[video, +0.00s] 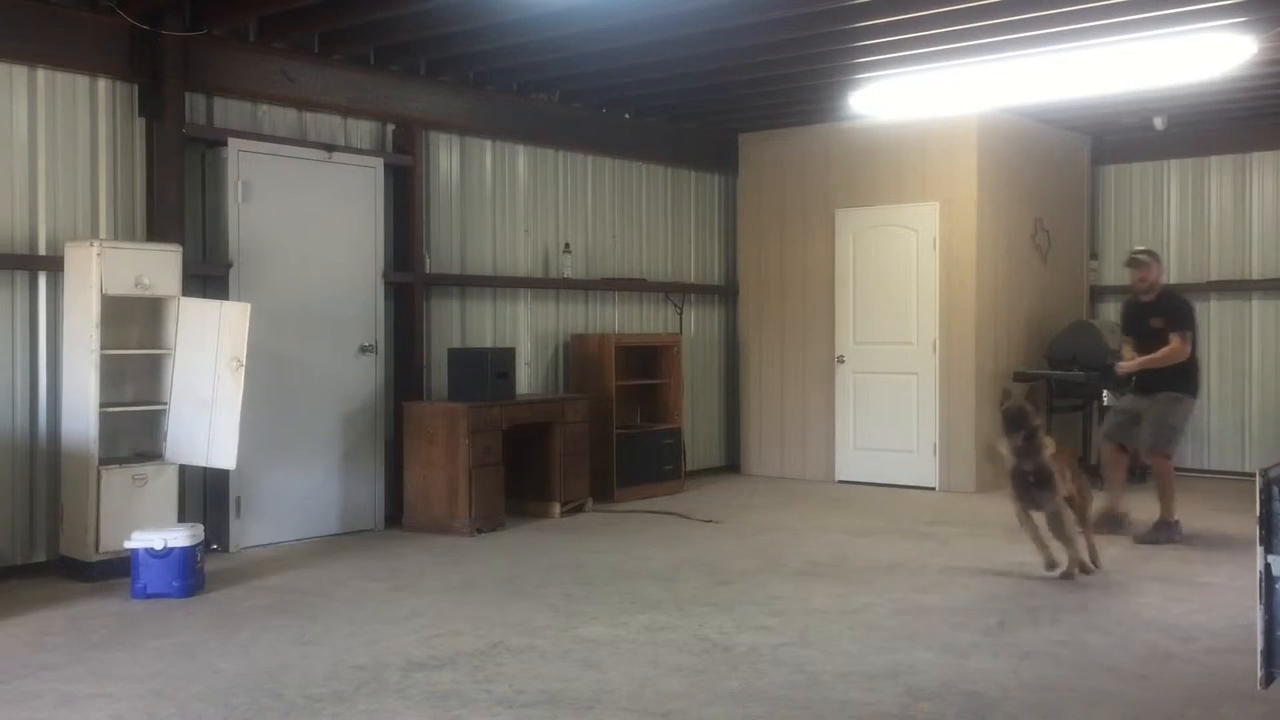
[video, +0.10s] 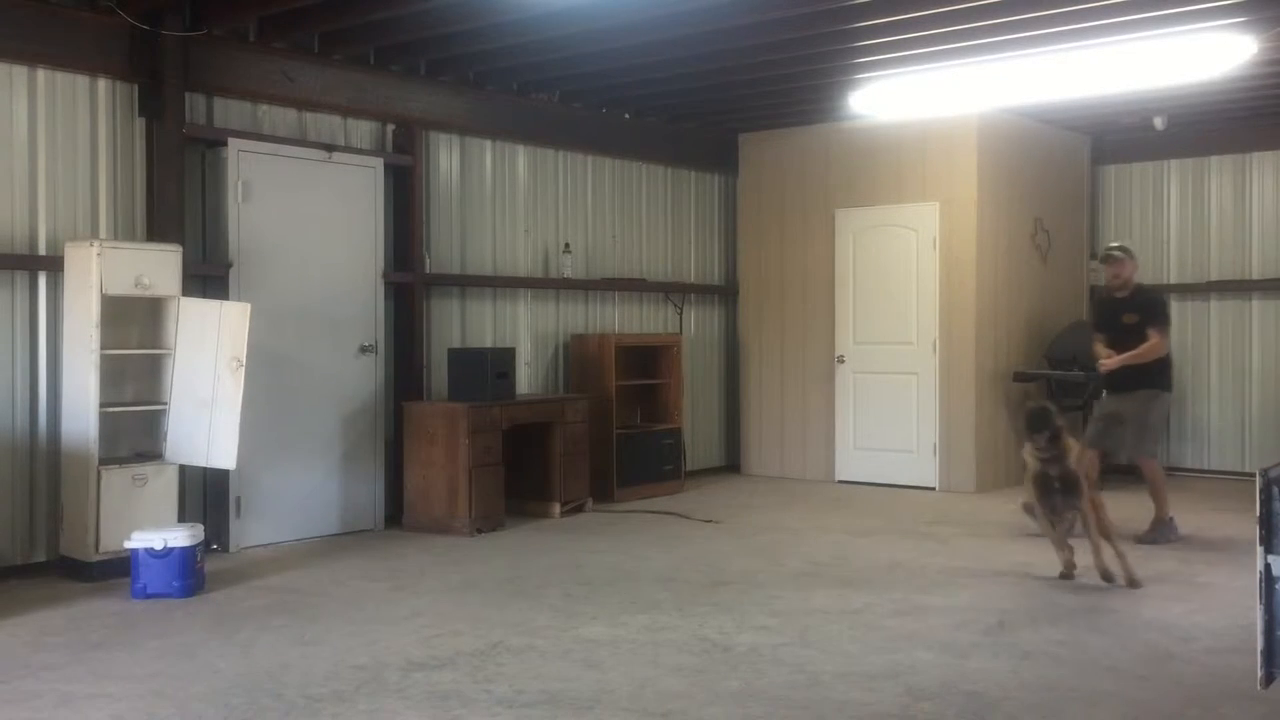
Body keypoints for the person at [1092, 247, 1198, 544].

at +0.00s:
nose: (1139, 274)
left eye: (1144, 268)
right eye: (1134, 269)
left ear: (1159, 270)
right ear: (1130, 273)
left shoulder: (1175, 303)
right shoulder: (1131, 307)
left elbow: (1181, 350)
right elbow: (1129, 347)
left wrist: (1133, 364)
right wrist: (1125, 365)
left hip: (1174, 391)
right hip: (1140, 389)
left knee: (1157, 451)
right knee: (1111, 442)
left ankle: (1167, 521)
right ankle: (1114, 513)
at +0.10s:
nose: (1114, 270)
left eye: (1120, 264)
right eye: (1109, 265)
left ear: (1134, 266)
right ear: (1103, 270)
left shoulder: (1151, 299)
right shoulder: (1103, 303)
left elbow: (1159, 345)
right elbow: (1098, 344)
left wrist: (1119, 361)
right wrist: (1107, 355)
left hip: (1150, 389)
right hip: (1116, 389)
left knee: (1144, 454)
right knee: (1090, 451)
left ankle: (1163, 520)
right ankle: (1085, 515)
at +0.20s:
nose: (1091, 273)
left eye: (1097, 266)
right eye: (1086, 267)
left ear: (1110, 269)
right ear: (1080, 272)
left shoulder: (1128, 304)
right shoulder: (1077, 308)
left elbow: (1140, 348)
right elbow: (1069, 347)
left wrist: (1101, 363)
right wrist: (1084, 358)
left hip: (1122, 393)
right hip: (1088, 392)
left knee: (1121, 455)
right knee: (1067, 451)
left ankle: (1152, 510)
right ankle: (1055, 515)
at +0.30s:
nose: (1071, 276)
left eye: (1078, 270)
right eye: (1066, 271)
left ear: (1093, 273)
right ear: (1061, 276)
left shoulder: (1108, 307)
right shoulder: (1056, 310)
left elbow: (1123, 351)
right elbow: (1042, 349)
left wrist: (1085, 370)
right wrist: (1062, 367)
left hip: (1103, 391)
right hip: (1064, 391)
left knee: (1084, 448)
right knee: (1034, 445)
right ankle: (1050, 517)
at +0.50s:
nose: (1047, 275)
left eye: (1053, 269)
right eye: (1041, 269)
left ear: (1064, 271)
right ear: (1035, 273)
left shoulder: (1080, 305)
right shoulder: (1029, 304)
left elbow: (1095, 353)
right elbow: (1019, 342)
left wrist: (1049, 373)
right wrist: (1022, 374)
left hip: (1074, 392)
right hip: (1041, 391)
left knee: (1062, 454)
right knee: (1028, 456)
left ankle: (1075, 517)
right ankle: (1049, 517)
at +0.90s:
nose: (1005, 279)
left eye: (1011, 273)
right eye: (999, 274)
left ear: (1025, 275)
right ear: (994, 279)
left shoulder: (1045, 307)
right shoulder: (1001, 307)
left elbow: (1069, 353)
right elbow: (1028, 342)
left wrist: (1035, 378)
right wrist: (1027, 372)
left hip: (1057, 393)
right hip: (1030, 392)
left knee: (1039, 461)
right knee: (1014, 458)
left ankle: (1046, 529)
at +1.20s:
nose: (986, 277)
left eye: (992, 270)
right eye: (981, 272)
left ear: (1008, 272)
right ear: (978, 277)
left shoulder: (1025, 302)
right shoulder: (994, 305)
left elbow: (1032, 355)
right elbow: (1019, 346)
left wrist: (990, 378)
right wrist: (1012, 375)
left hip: (1051, 387)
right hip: (1026, 386)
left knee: (1024, 455)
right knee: (996, 449)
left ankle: (1037, 533)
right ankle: (1038, 509)